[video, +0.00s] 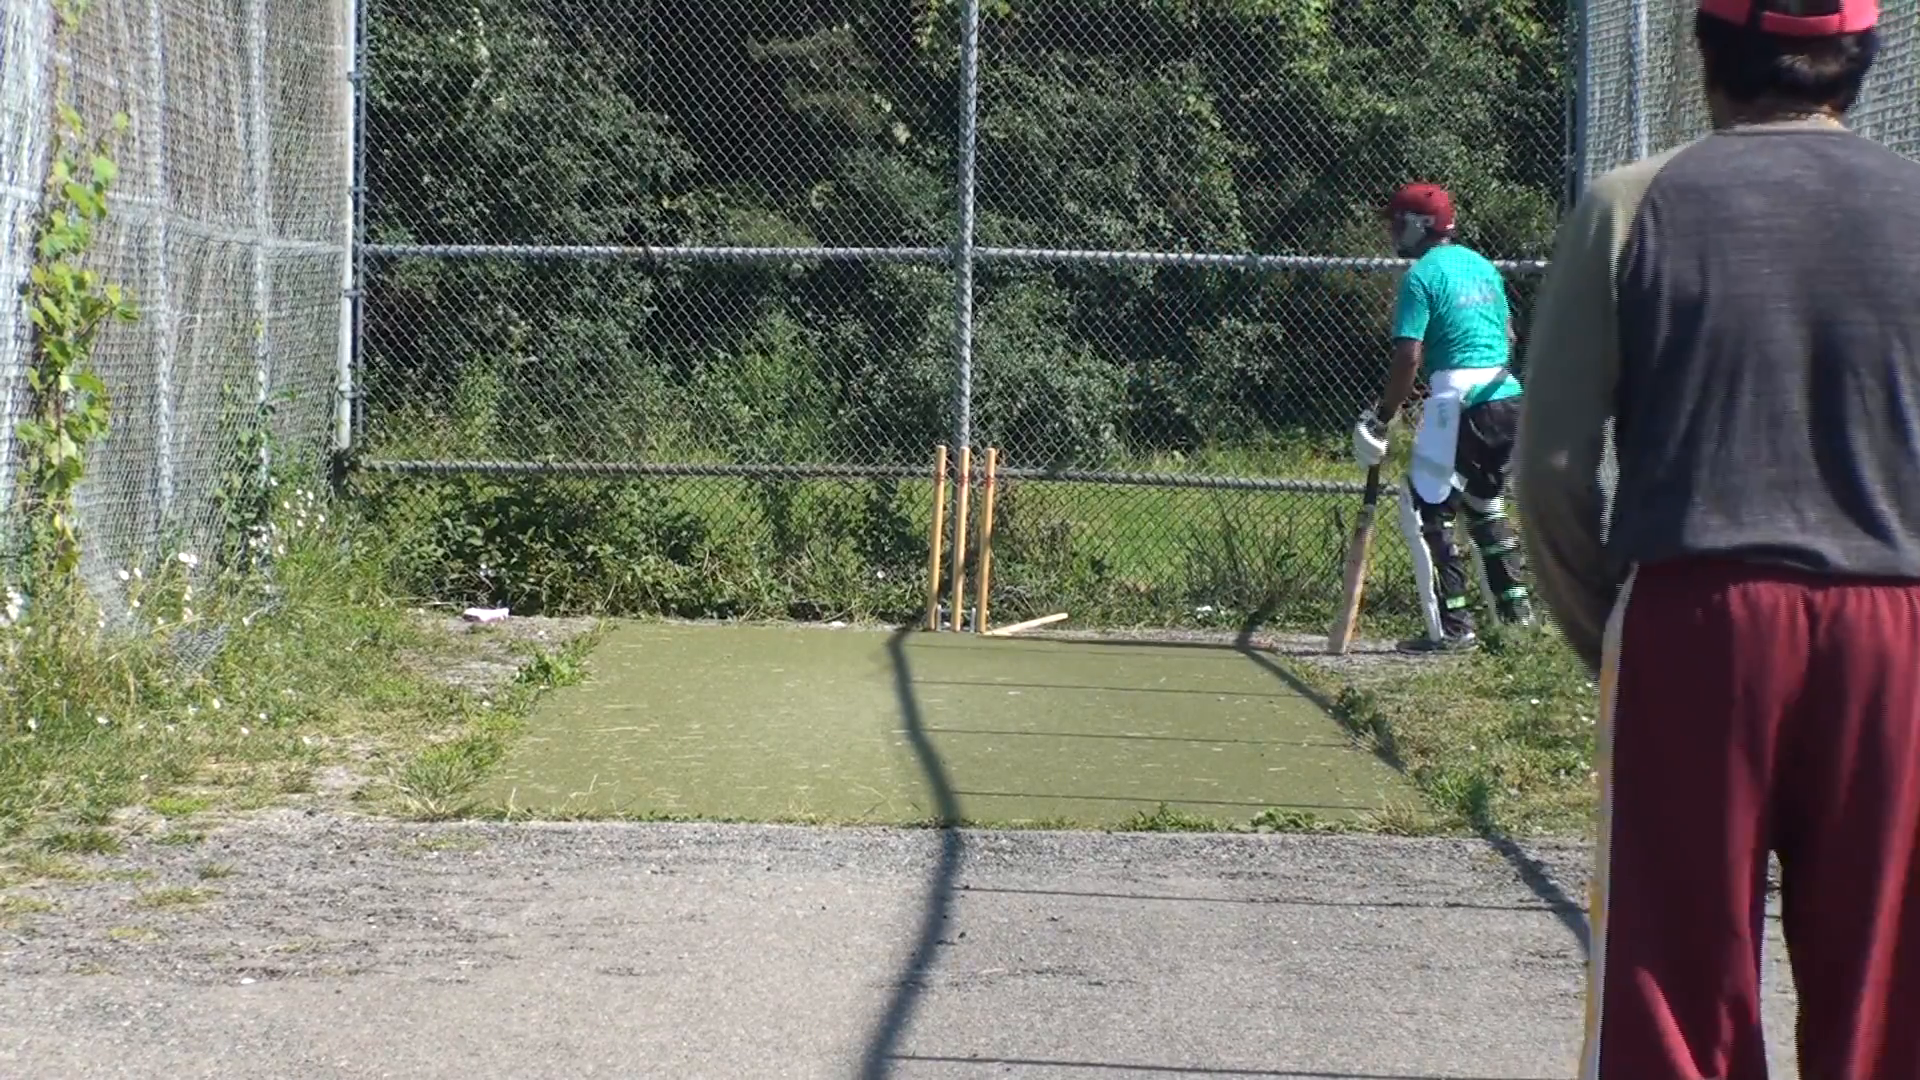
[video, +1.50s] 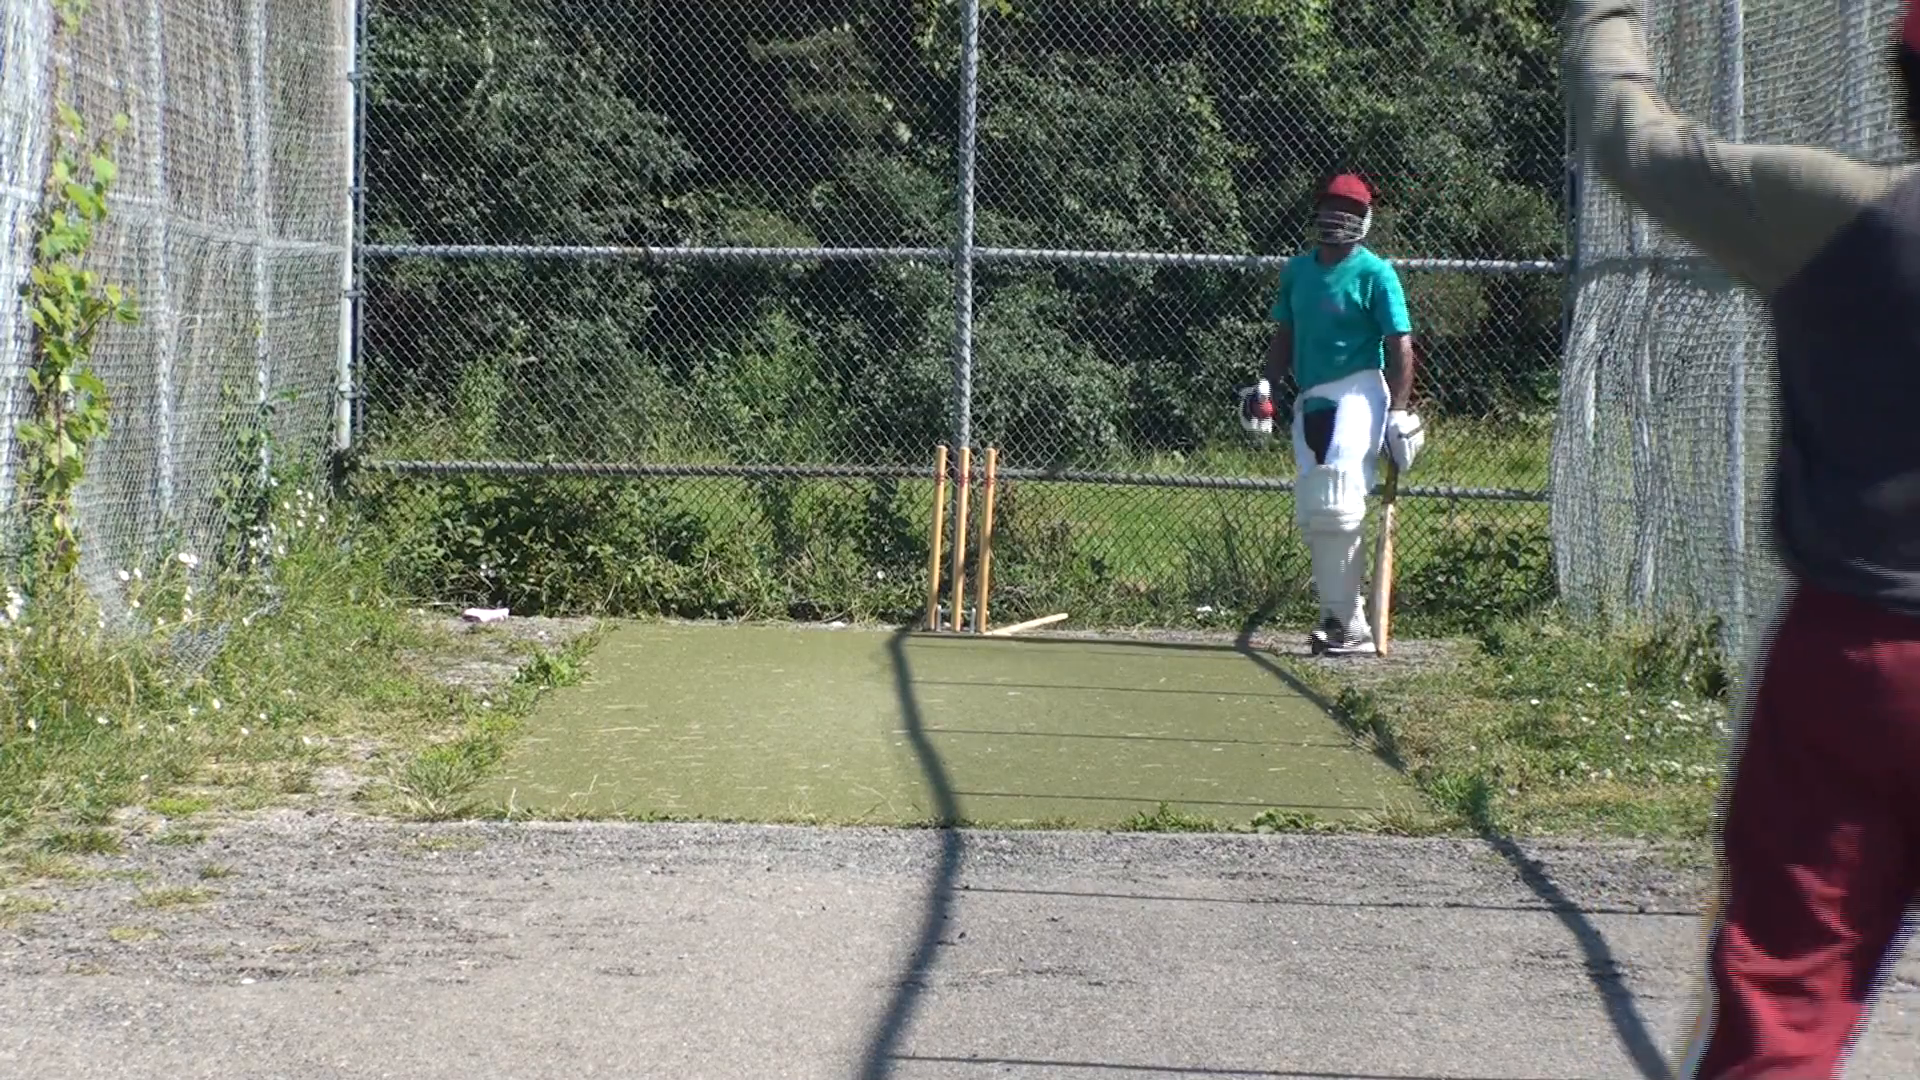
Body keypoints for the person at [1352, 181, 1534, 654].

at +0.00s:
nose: (1391, 232)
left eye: (1397, 223)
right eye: (1392, 222)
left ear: (1419, 225)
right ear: (1442, 226)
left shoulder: (1420, 275)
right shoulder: (1482, 264)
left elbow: (1408, 358)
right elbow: (1507, 333)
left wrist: (1382, 418)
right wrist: (1450, 382)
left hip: (1459, 409)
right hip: (1505, 402)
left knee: (1428, 508)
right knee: (1485, 504)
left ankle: (1452, 625)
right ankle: (1517, 611)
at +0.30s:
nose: (1399, 223)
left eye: (1410, 215)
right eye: (1398, 214)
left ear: (1436, 220)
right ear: (1431, 221)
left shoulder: (1433, 268)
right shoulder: (1443, 261)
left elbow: (1429, 353)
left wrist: (1394, 412)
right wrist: (1401, 407)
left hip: (1445, 403)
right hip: (1457, 397)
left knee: (1429, 508)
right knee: (1422, 504)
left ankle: (1452, 619)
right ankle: (1443, 615)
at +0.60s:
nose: (1396, 224)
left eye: (1408, 217)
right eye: (1388, 215)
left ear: (1429, 222)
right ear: (1380, 218)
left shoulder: (1432, 272)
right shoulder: (1387, 270)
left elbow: (1449, 347)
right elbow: (1389, 345)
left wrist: (1423, 410)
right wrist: (1372, 404)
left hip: (1418, 400)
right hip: (1385, 401)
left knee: (1410, 516)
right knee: (1355, 515)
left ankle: (1447, 624)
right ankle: (1356, 626)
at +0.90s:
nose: (1373, 224)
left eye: (1386, 217)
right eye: (1366, 215)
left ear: (1404, 224)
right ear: (1355, 217)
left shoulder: (1410, 274)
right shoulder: (1339, 271)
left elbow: (1431, 350)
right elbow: (1327, 339)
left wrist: (1418, 412)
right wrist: (1308, 397)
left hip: (1384, 401)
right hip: (1340, 401)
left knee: (1360, 515)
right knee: (1326, 519)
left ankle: (1426, 616)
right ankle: (1354, 631)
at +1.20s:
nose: (1357, 223)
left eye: (1370, 216)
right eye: (1351, 213)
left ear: (1386, 224)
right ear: (1338, 216)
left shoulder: (1394, 273)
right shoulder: (1315, 269)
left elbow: (1414, 349)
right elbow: (1300, 336)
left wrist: (1402, 412)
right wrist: (1283, 393)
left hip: (1369, 398)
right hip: (1322, 399)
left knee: (1354, 514)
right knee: (1320, 516)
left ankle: (1366, 628)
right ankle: (1344, 624)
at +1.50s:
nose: (1337, 224)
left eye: (1349, 217)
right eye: (1330, 215)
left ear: (1364, 223)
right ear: (1317, 217)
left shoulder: (1376, 272)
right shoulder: (1296, 270)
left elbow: (1401, 346)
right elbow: (1284, 334)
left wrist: (1397, 414)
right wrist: (1267, 385)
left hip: (1358, 392)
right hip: (1310, 396)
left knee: (1336, 503)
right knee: (1317, 507)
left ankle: (1338, 617)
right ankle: (1350, 623)